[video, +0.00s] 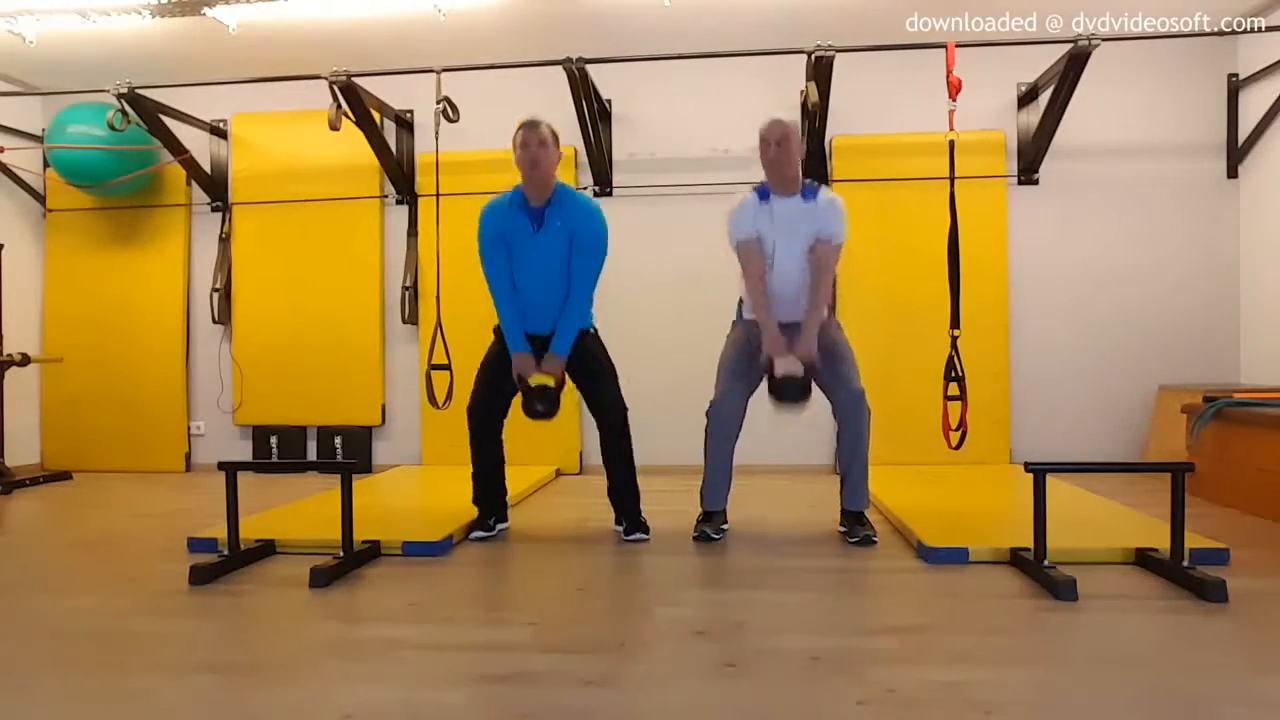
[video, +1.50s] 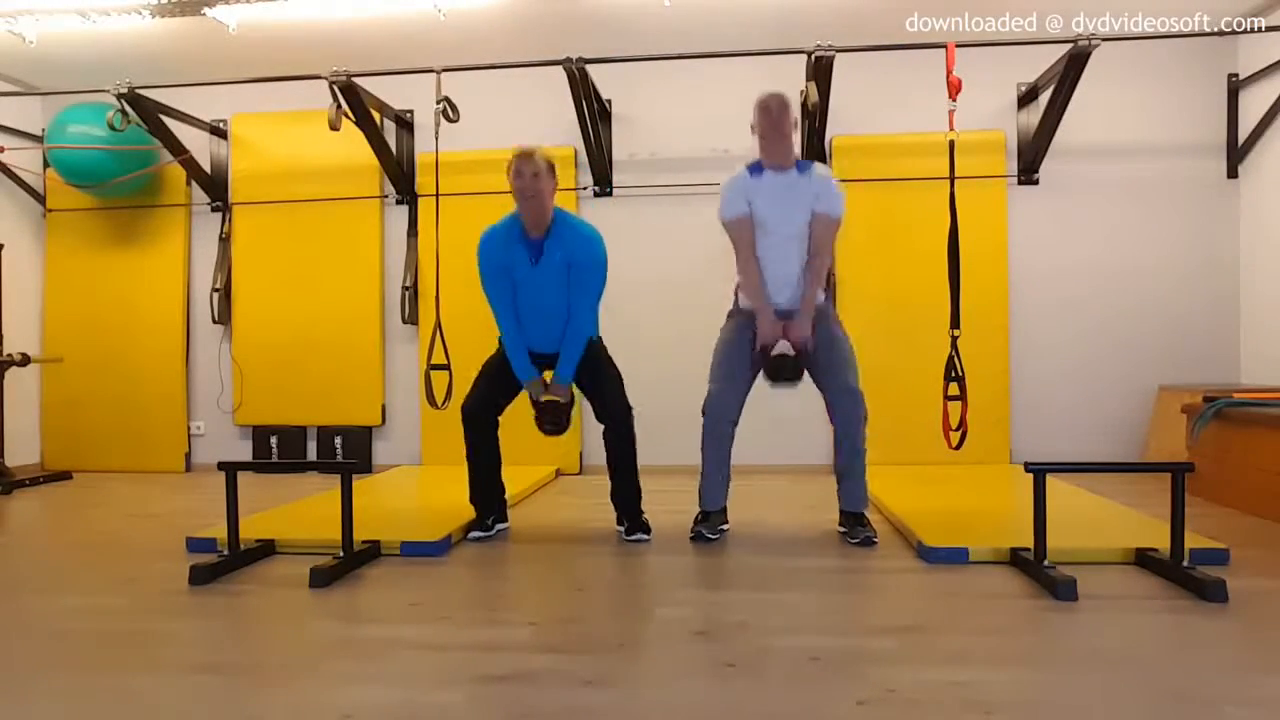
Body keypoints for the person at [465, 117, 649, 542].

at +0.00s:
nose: (533, 152)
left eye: (541, 145)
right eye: (525, 146)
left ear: (558, 155)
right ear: (515, 157)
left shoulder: (586, 214)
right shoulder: (495, 216)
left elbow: (582, 292)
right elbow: (501, 290)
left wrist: (559, 353)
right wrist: (518, 350)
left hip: (573, 334)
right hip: (516, 335)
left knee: (613, 413)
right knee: (482, 414)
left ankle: (629, 516)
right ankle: (491, 513)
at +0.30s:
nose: (548, 138)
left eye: (556, 133)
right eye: (541, 134)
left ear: (570, 146)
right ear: (529, 146)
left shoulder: (588, 184)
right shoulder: (512, 182)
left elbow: (580, 194)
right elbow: (492, 199)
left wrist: (538, 199)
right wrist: (503, 209)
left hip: (568, 317)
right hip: (516, 313)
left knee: (598, 417)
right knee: (501, 416)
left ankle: (630, 517)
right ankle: (493, 515)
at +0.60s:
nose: (551, 134)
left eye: (557, 128)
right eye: (543, 130)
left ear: (571, 137)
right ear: (531, 140)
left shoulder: (592, 179)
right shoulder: (518, 181)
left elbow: (564, 156)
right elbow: (492, 177)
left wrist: (542, 133)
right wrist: (495, 139)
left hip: (577, 315)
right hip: (523, 313)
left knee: (602, 415)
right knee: (505, 415)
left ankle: (630, 517)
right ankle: (493, 515)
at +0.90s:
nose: (547, 143)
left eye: (555, 137)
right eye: (540, 138)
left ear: (571, 148)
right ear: (530, 149)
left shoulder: (594, 203)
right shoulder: (510, 201)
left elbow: (581, 250)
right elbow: (502, 246)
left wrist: (549, 278)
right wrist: (509, 277)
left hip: (582, 331)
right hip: (529, 333)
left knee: (616, 415)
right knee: (495, 412)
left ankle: (630, 514)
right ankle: (493, 513)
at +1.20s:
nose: (520, 207)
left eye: (530, 199)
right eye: (514, 199)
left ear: (552, 205)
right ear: (508, 208)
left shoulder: (587, 258)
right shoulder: (496, 263)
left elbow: (591, 335)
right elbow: (511, 339)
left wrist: (571, 394)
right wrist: (542, 400)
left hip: (584, 359)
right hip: (527, 362)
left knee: (633, 412)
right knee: (478, 413)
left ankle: (632, 515)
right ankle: (493, 514)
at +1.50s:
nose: (528, 183)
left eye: (536, 175)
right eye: (519, 176)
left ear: (553, 183)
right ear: (510, 186)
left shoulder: (586, 241)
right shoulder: (494, 243)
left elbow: (583, 321)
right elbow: (506, 321)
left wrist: (562, 380)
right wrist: (531, 381)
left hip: (578, 349)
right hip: (520, 350)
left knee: (617, 412)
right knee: (476, 412)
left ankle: (630, 513)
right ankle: (491, 513)